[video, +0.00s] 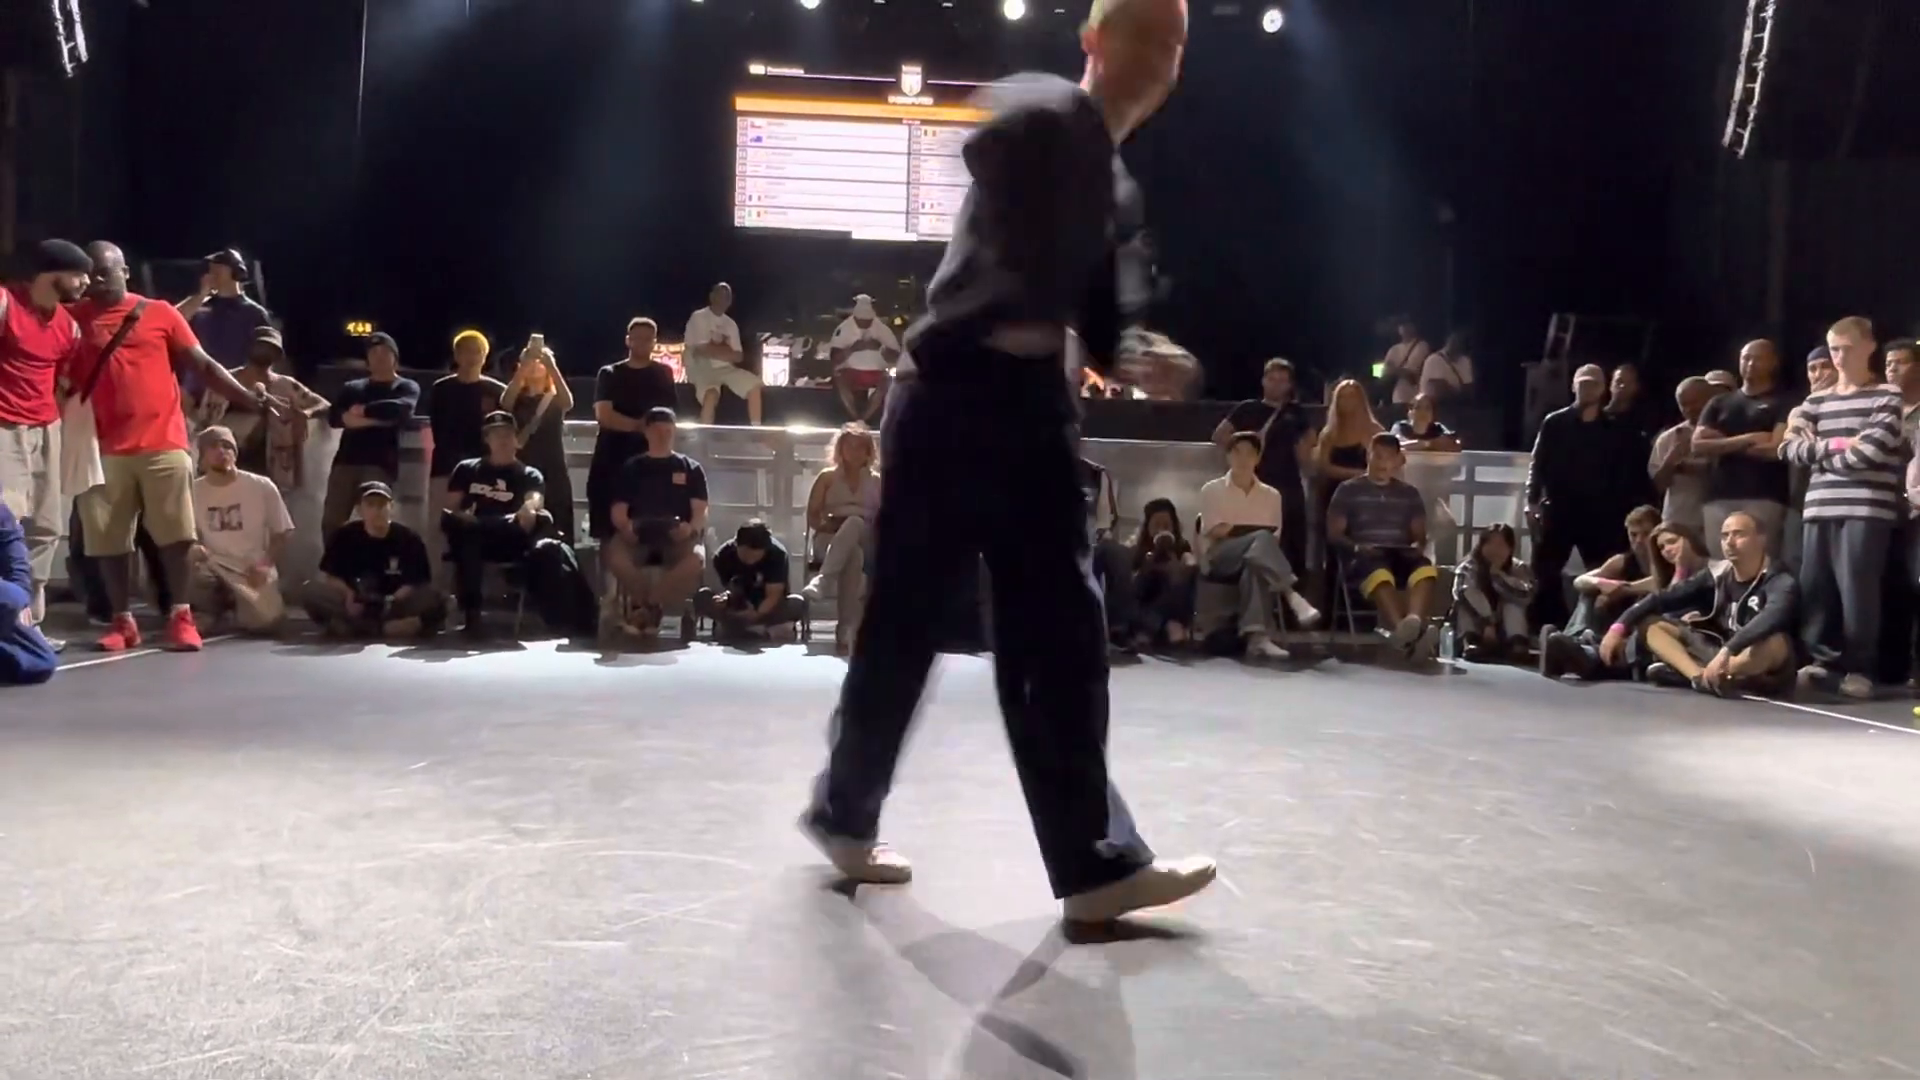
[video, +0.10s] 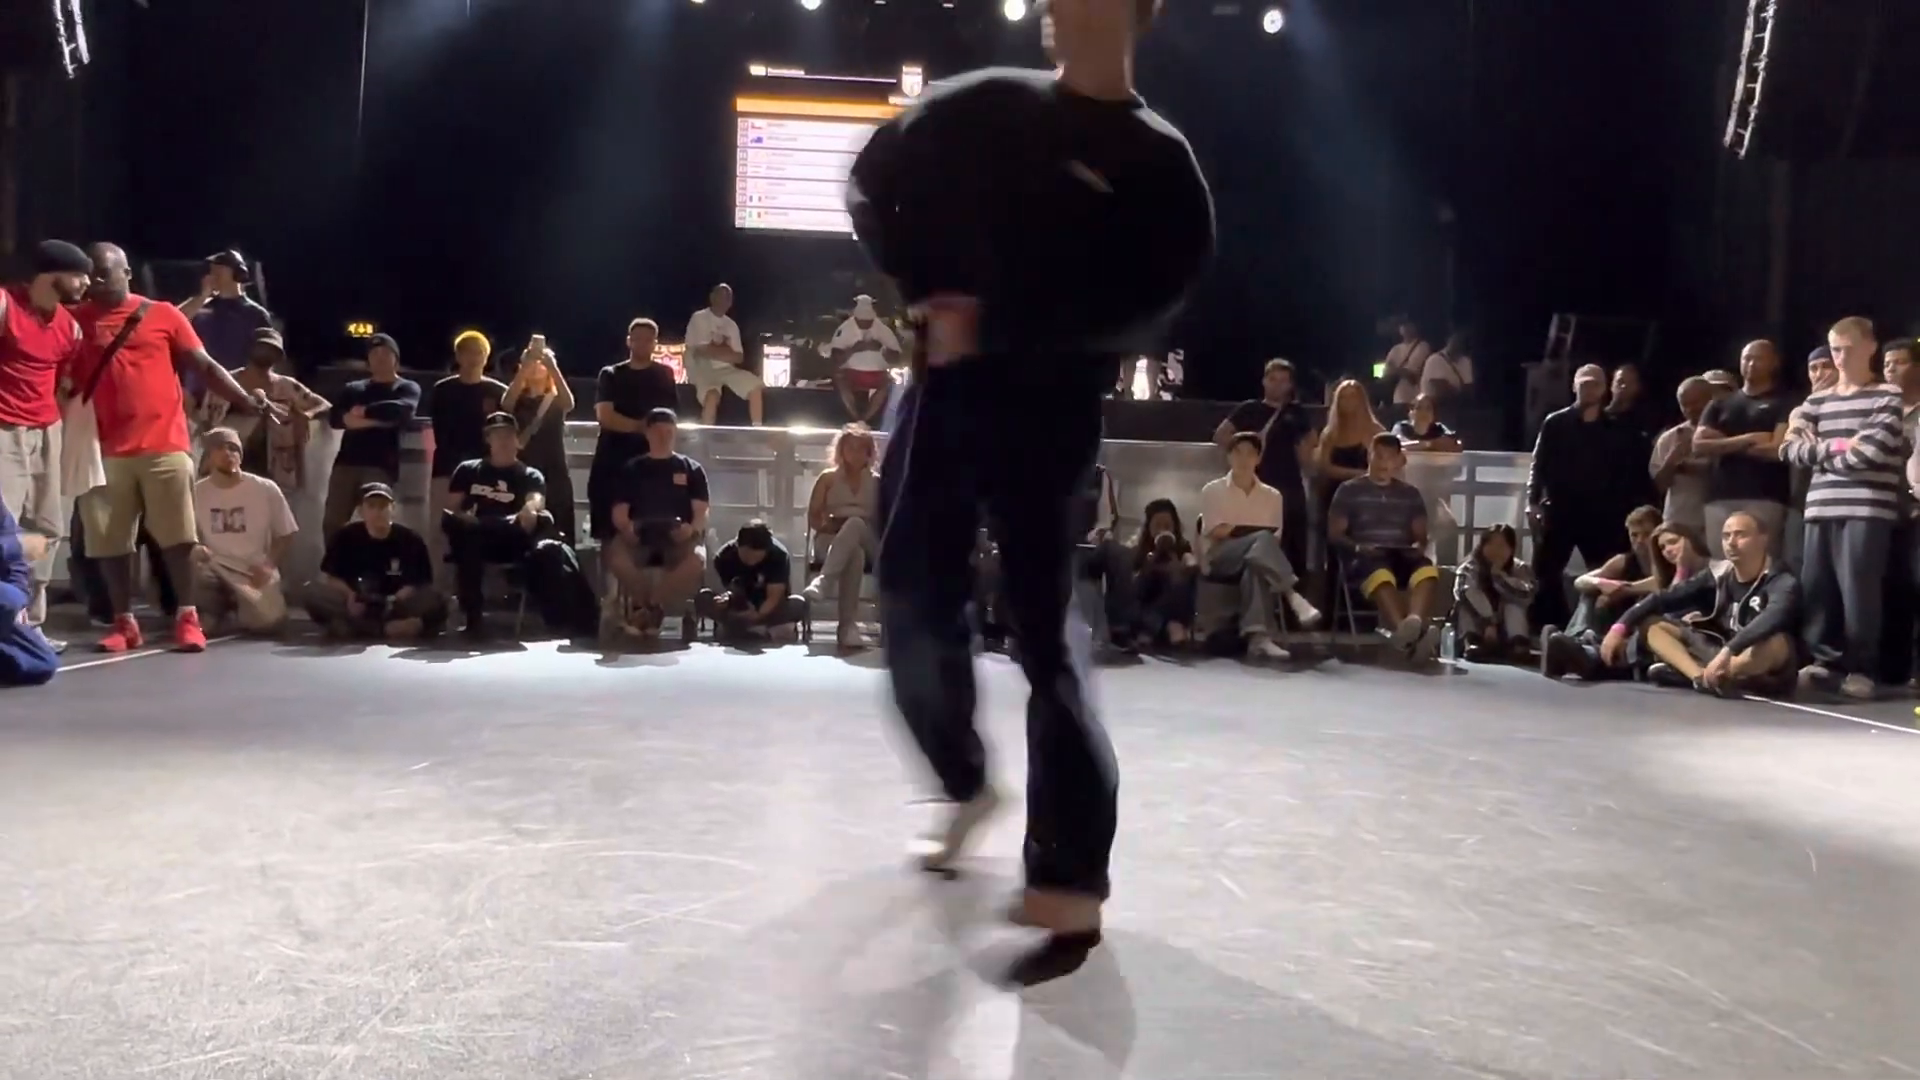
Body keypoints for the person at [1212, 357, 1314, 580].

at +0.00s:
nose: (1276, 385)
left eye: (1282, 380)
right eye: (1272, 379)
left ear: (1290, 385)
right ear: (1263, 382)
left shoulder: (1296, 413)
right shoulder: (1248, 409)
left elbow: (1307, 448)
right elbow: (1219, 435)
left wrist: (1307, 471)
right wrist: (1245, 457)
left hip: (1288, 485)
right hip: (1253, 484)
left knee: (1292, 543)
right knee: (1253, 537)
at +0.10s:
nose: (1277, 385)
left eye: (1282, 380)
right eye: (1272, 379)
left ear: (1290, 385)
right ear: (1264, 382)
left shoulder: (1297, 414)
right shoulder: (1249, 409)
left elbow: (1308, 448)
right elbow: (1221, 435)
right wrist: (1245, 455)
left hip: (1289, 487)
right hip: (1254, 485)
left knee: (1293, 543)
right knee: (1257, 538)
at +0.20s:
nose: (1278, 386)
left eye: (1284, 381)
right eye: (1273, 380)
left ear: (1292, 386)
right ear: (1265, 383)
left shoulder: (1298, 414)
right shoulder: (1251, 410)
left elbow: (1309, 450)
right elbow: (1221, 436)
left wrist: (1307, 471)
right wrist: (1246, 458)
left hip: (1289, 486)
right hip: (1255, 485)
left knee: (1294, 543)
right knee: (1255, 539)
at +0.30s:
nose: (1279, 385)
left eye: (1285, 380)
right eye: (1274, 379)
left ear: (1293, 385)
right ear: (1266, 382)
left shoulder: (1299, 413)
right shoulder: (1251, 408)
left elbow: (1310, 446)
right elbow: (1222, 434)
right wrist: (1248, 454)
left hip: (1290, 485)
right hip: (1255, 483)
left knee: (1294, 542)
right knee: (1255, 537)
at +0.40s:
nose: (1280, 383)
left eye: (1286, 378)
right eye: (1275, 377)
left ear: (1294, 383)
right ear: (1267, 380)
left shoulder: (1300, 411)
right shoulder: (1253, 406)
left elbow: (1312, 444)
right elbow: (1223, 433)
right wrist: (1250, 452)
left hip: (1291, 485)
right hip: (1256, 483)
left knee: (1295, 543)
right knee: (1257, 538)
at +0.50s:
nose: (1282, 383)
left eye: (1288, 379)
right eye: (1277, 378)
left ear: (1296, 383)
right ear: (1269, 380)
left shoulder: (1302, 411)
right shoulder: (1254, 407)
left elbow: (1313, 449)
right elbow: (1225, 434)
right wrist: (1253, 452)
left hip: (1293, 484)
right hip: (1259, 482)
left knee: (1298, 543)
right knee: (1259, 538)